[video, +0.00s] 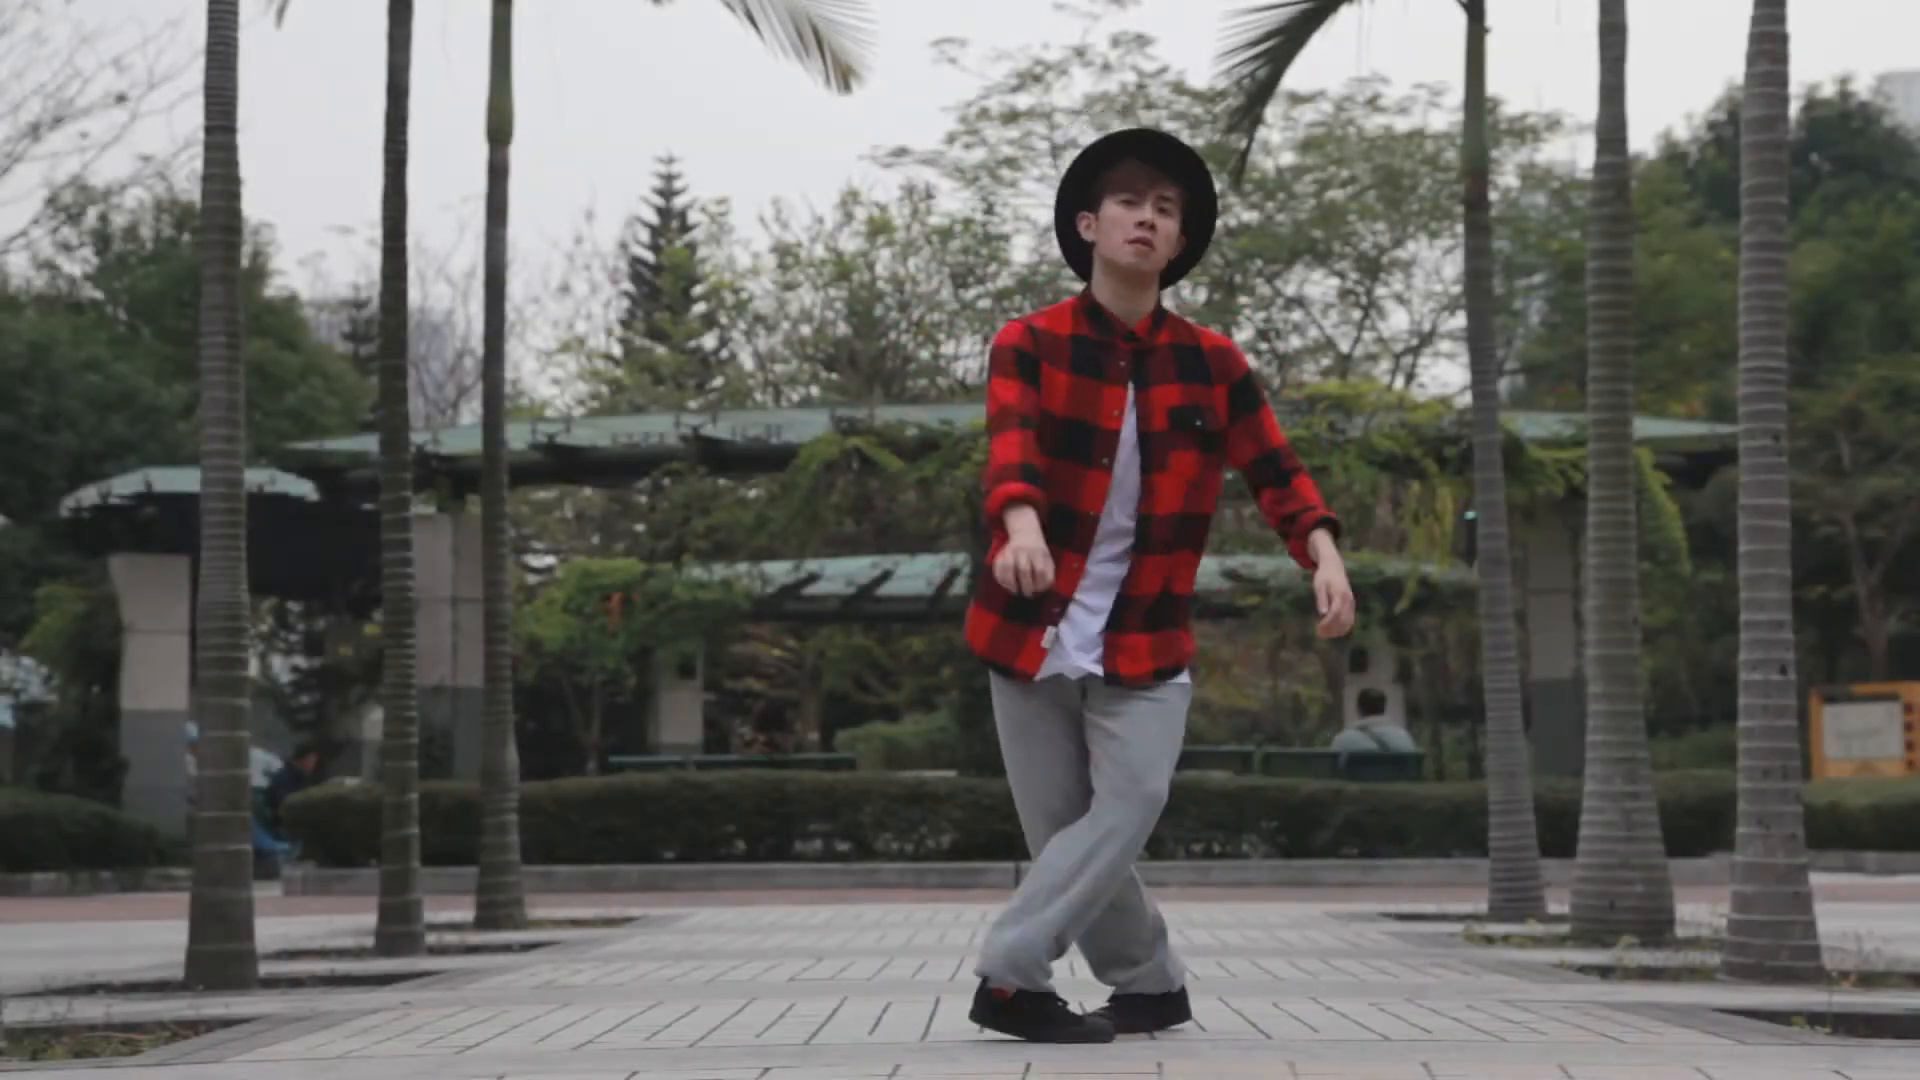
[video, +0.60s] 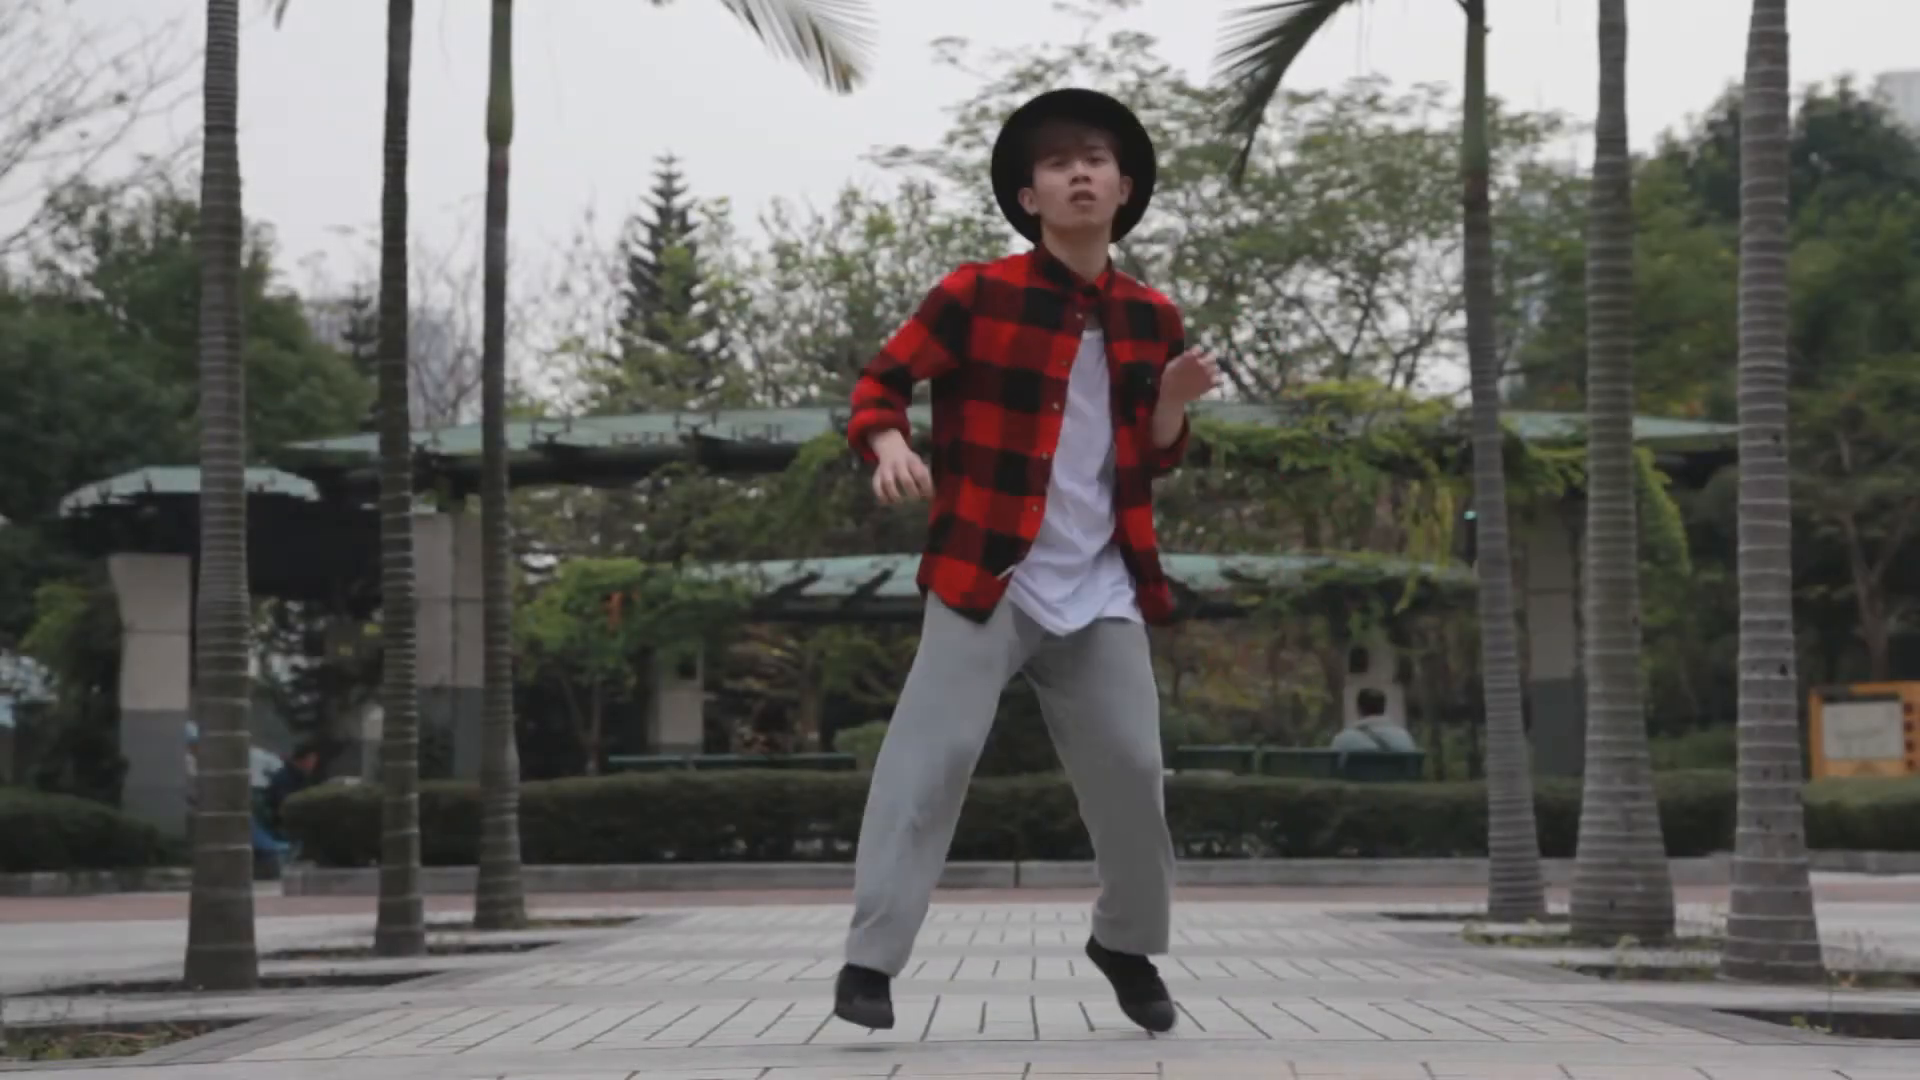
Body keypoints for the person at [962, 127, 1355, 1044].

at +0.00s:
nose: (1145, 216)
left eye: (1165, 205)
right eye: (1126, 199)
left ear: (1183, 237)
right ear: (1085, 224)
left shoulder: (1215, 361)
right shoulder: (1029, 343)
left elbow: (1275, 471)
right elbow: (1012, 448)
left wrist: (1323, 554)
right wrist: (1021, 522)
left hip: (1146, 630)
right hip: (1032, 619)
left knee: (1130, 806)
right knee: (1057, 824)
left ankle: (1010, 971)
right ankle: (1150, 980)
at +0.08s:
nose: (1151, 208)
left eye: (1169, 196)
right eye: (1131, 189)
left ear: (1182, 224)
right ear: (1086, 209)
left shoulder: (1194, 353)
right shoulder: (1037, 317)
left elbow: (1229, 481)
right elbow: (1062, 451)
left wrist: (1289, 554)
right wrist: (1128, 561)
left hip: (1138, 603)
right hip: (1028, 602)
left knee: (1115, 788)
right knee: (1060, 805)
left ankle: (1021, 976)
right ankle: (1137, 970)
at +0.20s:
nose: (1157, 156)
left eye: (1174, 144)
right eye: (1139, 134)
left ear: (1184, 167)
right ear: (1089, 146)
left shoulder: (1165, 289)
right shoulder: (1043, 247)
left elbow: (1183, 398)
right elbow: (1061, 384)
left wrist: (1204, 443)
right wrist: (1167, 435)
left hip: (1122, 548)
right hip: (1018, 545)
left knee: (1132, 732)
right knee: (1032, 742)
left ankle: (1075, 938)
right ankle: (1027, 932)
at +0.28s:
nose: (1155, 151)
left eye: (1171, 138)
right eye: (1136, 130)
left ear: (1183, 159)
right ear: (1087, 143)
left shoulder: (1158, 274)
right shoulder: (1046, 237)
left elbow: (1173, 380)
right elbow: (1052, 375)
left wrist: (1187, 402)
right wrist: (1147, 401)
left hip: (1101, 530)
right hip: (1001, 525)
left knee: (1147, 713)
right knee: (1007, 726)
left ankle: (1098, 925)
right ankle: (939, 921)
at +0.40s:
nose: (1151, 201)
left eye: (1166, 187)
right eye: (1127, 183)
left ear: (1178, 207)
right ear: (1080, 204)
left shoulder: (1135, 318)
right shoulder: (1059, 298)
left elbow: (1097, 437)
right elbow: (1032, 443)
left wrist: (1155, 437)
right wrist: (1136, 453)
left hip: (1072, 590)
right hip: (988, 585)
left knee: (1146, 761)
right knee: (959, 773)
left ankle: (1123, 966)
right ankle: (848, 973)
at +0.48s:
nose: (1133, 255)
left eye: (1146, 240)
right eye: (1108, 239)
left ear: (1160, 263)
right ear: (1064, 267)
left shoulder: (1117, 384)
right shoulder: (1033, 374)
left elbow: (1071, 511)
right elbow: (969, 507)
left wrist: (1146, 500)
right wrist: (1070, 562)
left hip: (1081, 647)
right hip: (993, 645)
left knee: (1163, 793)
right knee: (945, 823)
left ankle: (1114, 984)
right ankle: (815, 997)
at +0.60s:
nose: (1078, 172)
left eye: (1095, 157)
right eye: (1055, 161)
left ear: (1127, 186)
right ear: (1025, 196)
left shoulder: (1150, 316)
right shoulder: (976, 294)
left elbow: (1155, 461)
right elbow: (878, 387)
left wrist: (1171, 407)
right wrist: (886, 441)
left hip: (1101, 582)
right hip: (984, 577)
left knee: (1133, 764)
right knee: (928, 758)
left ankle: (1126, 942)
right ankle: (870, 960)